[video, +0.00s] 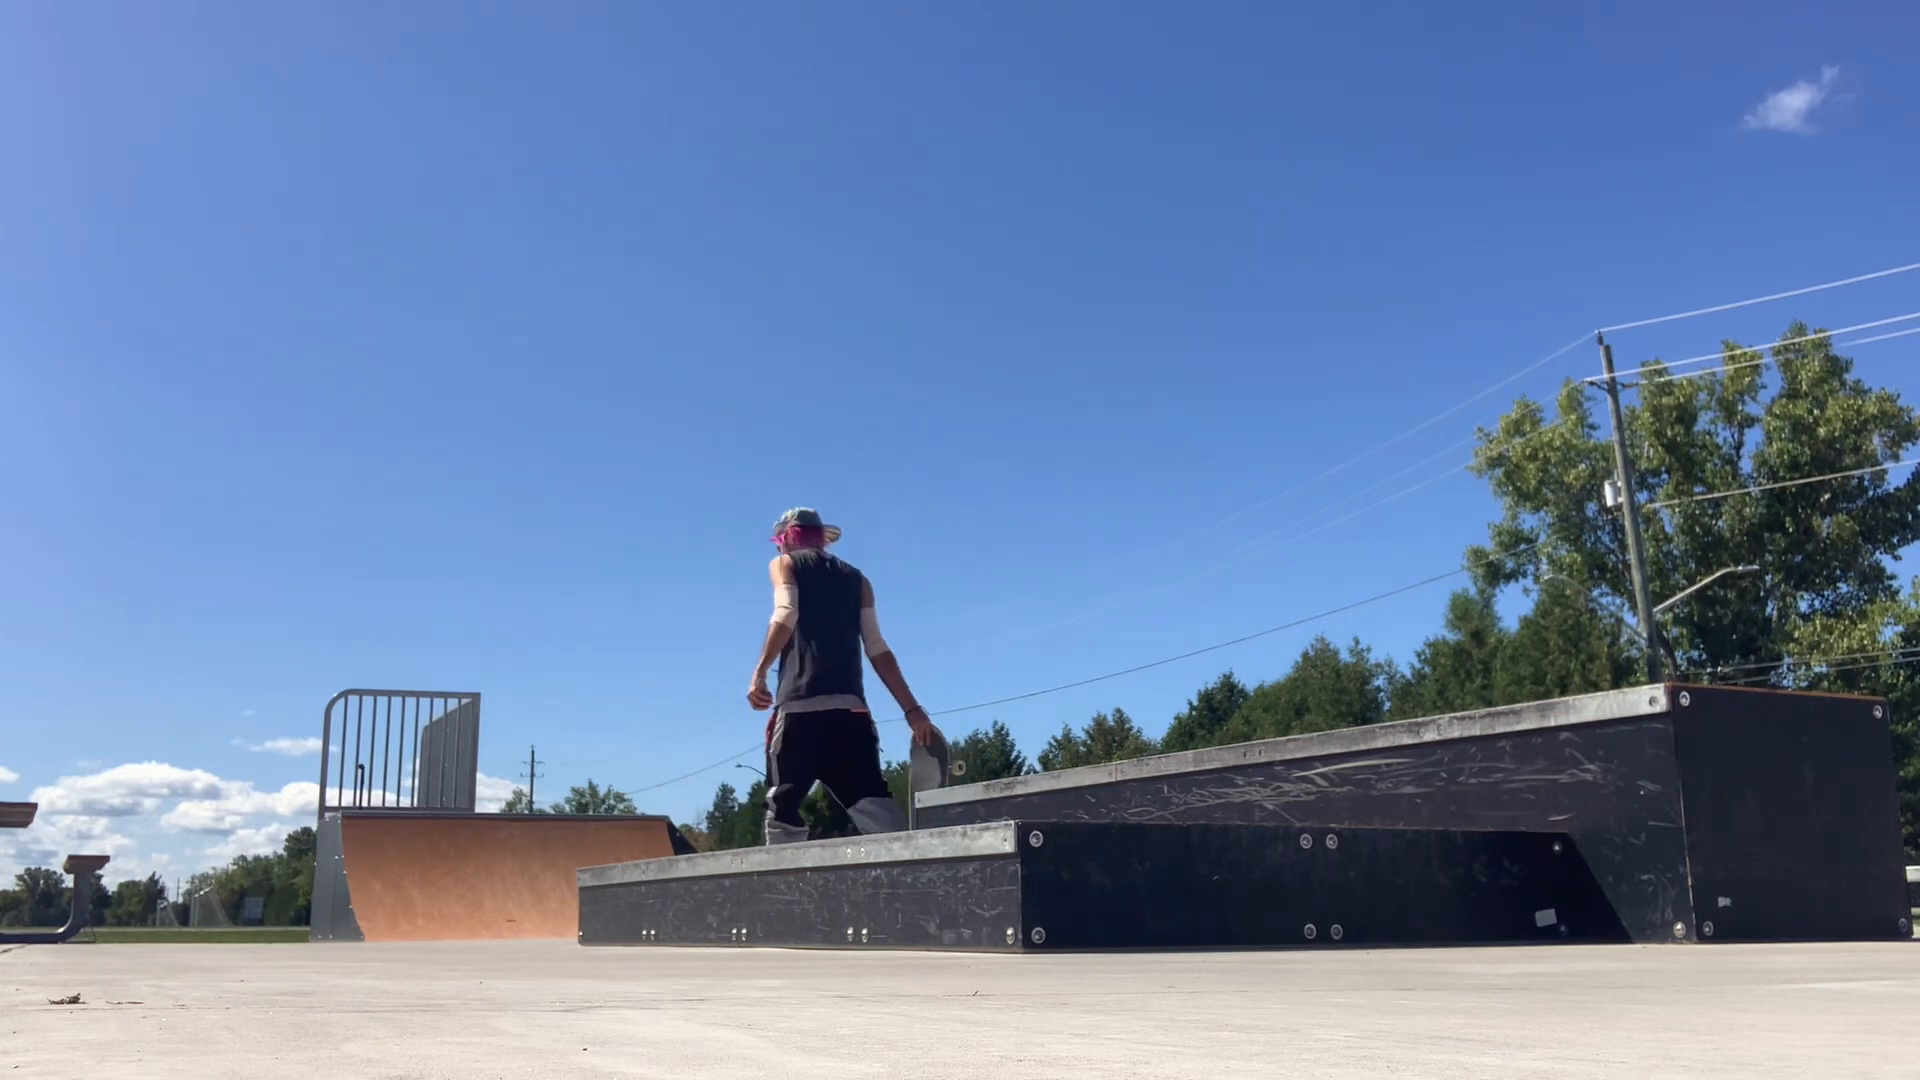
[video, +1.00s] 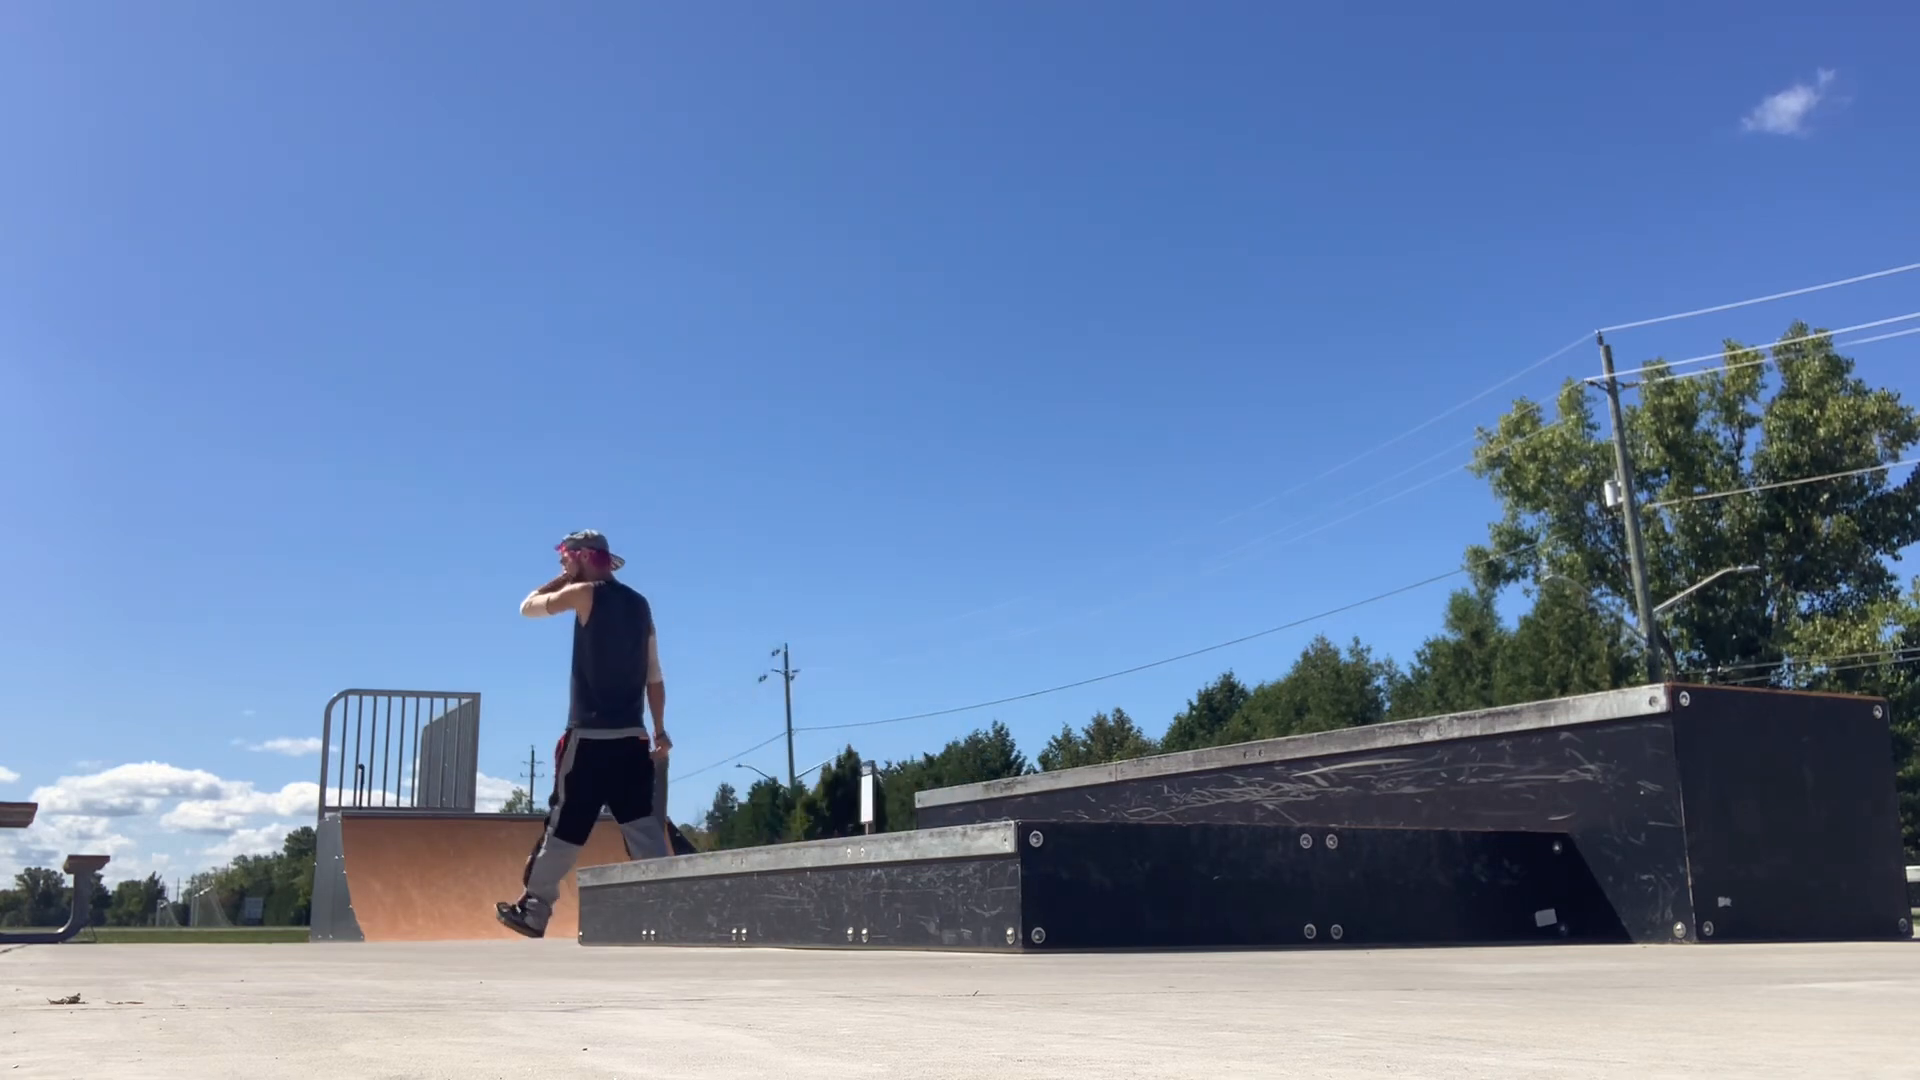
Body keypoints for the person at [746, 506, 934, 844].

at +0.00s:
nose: (778, 548)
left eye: (778, 543)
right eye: (778, 543)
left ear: (787, 539)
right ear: (823, 539)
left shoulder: (783, 563)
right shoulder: (855, 577)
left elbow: (786, 616)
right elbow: (877, 650)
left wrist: (759, 674)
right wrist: (912, 709)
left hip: (796, 720)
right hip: (851, 718)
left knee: (782, 814)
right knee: (875, 810)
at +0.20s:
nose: (733, 540)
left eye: (735, 532)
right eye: (733, 533)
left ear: (750, 527)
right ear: (776, 530)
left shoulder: (746, 558)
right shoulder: (813, 573)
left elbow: (727, 618)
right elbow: (827, 648)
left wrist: (686, 658)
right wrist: (853, 714)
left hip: (763, 707)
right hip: (808, 710)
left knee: (764, 805)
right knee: (796, 794)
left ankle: (784, 892)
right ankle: (829, 871)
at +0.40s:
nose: (686, 546)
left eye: (689, 538)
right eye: (686, 539)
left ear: (707, 537)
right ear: (726, 539)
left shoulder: (705, 572)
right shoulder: (768, 584)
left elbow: (662, 632)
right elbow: (792, 655)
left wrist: (649, 619)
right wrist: (818, 717)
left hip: (731, 714)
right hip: (768, 715)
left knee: (750, 813)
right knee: (733, 812)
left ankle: (780, 889)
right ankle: (702, 885)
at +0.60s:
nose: (645, 551)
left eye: (648, 543)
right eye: (644, 544)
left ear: (668, 542)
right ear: (683, 544)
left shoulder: (665, 576)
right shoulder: (724, 588)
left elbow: (613, 612)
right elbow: (749, 658)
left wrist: (633, 578)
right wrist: (771, 718)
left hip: (683, 718)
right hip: (719, 719)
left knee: (669, 806)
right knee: (700, 813)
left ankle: (721, 852)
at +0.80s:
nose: (606, 557)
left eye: (609, 548)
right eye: (606, 549)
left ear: (630, 543)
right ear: (646, 546)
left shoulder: (629, 576)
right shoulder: (686, 590)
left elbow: (576, 595)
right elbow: (700, 662)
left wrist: (605, 566)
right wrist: (706, 718)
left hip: (638, 725)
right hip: (679, 726)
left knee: (599, 806)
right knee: (670, 818)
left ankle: (635, 888)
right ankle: (679, 901)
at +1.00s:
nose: (564, 570)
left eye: (567, 562)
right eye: (564, 563)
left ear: (584, 558)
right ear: (602, 559)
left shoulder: (583, 593)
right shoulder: (640, 604)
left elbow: (528, 607)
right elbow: (653, 675)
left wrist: (563, 578)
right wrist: (659, 727)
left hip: (589, 741)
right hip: (632, 741)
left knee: (564, 829)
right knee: (645, 831)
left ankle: (534, 910)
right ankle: (676, 913)